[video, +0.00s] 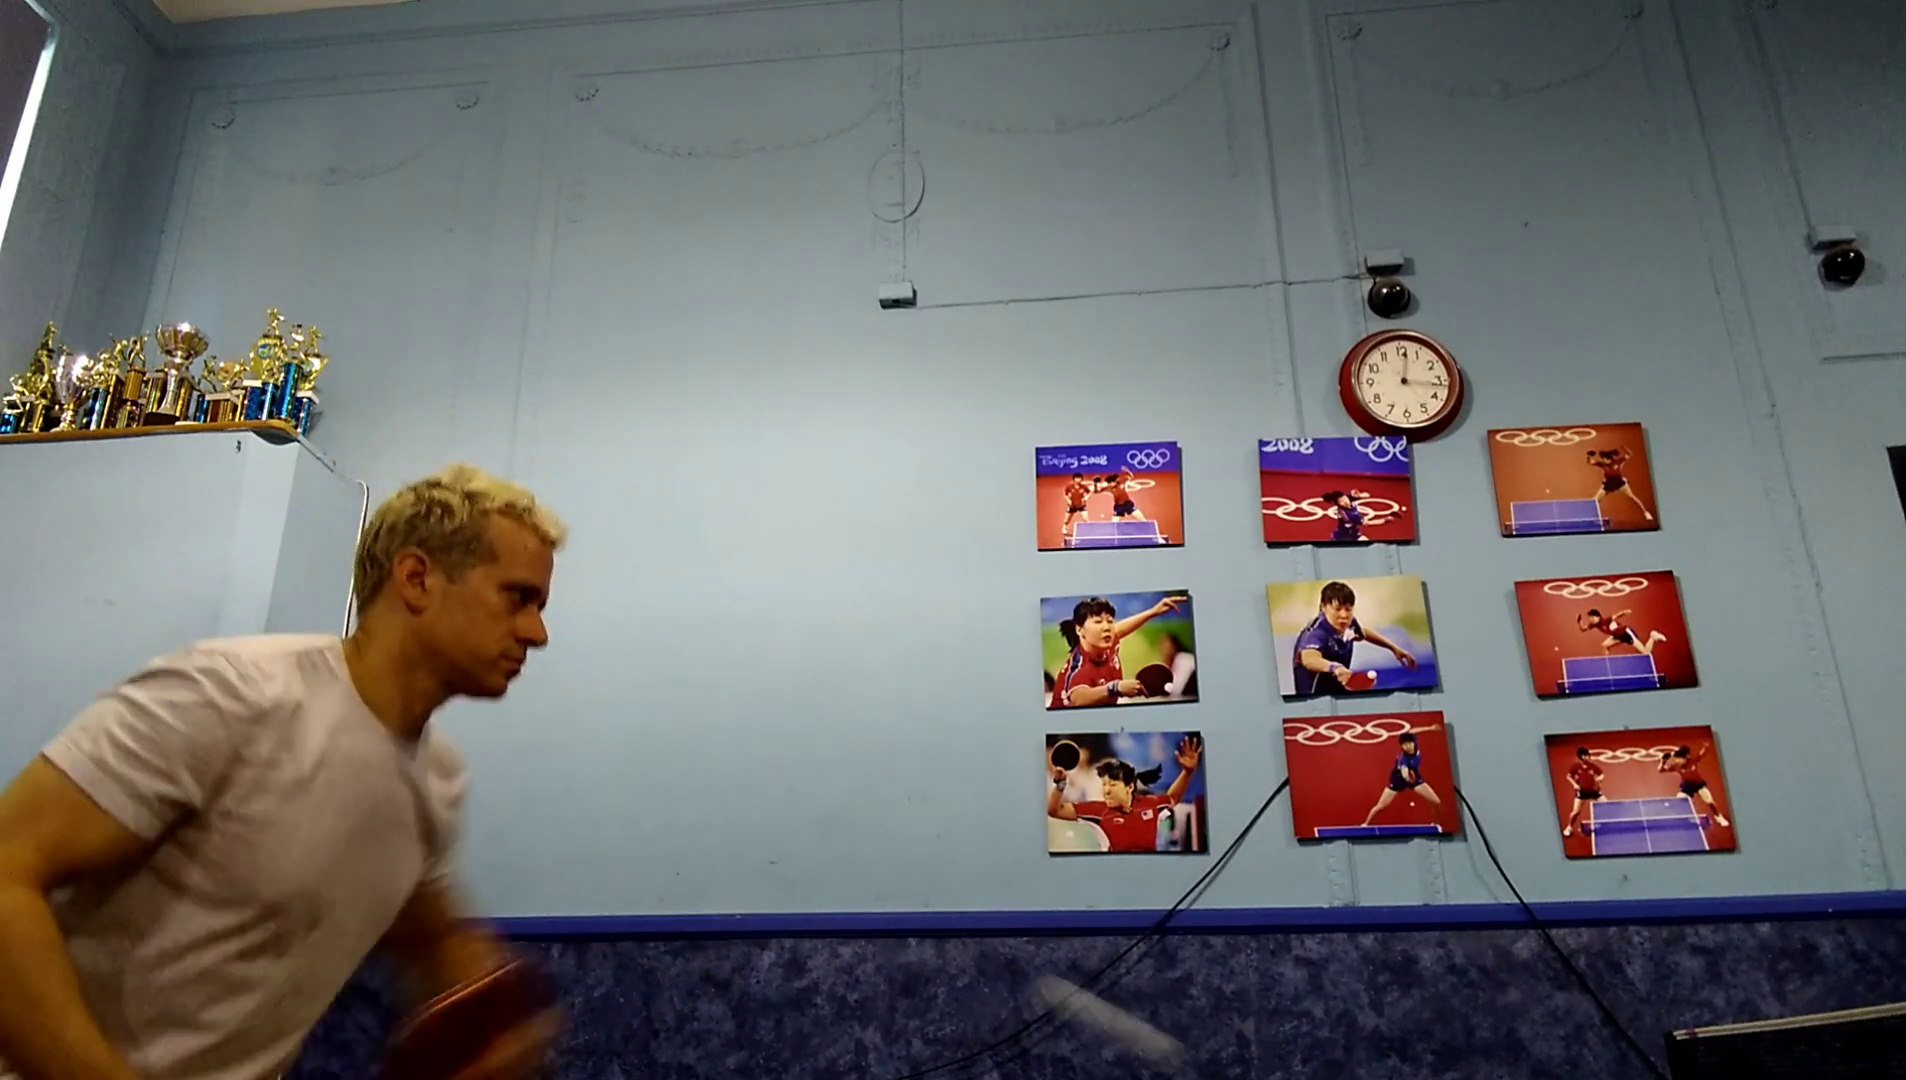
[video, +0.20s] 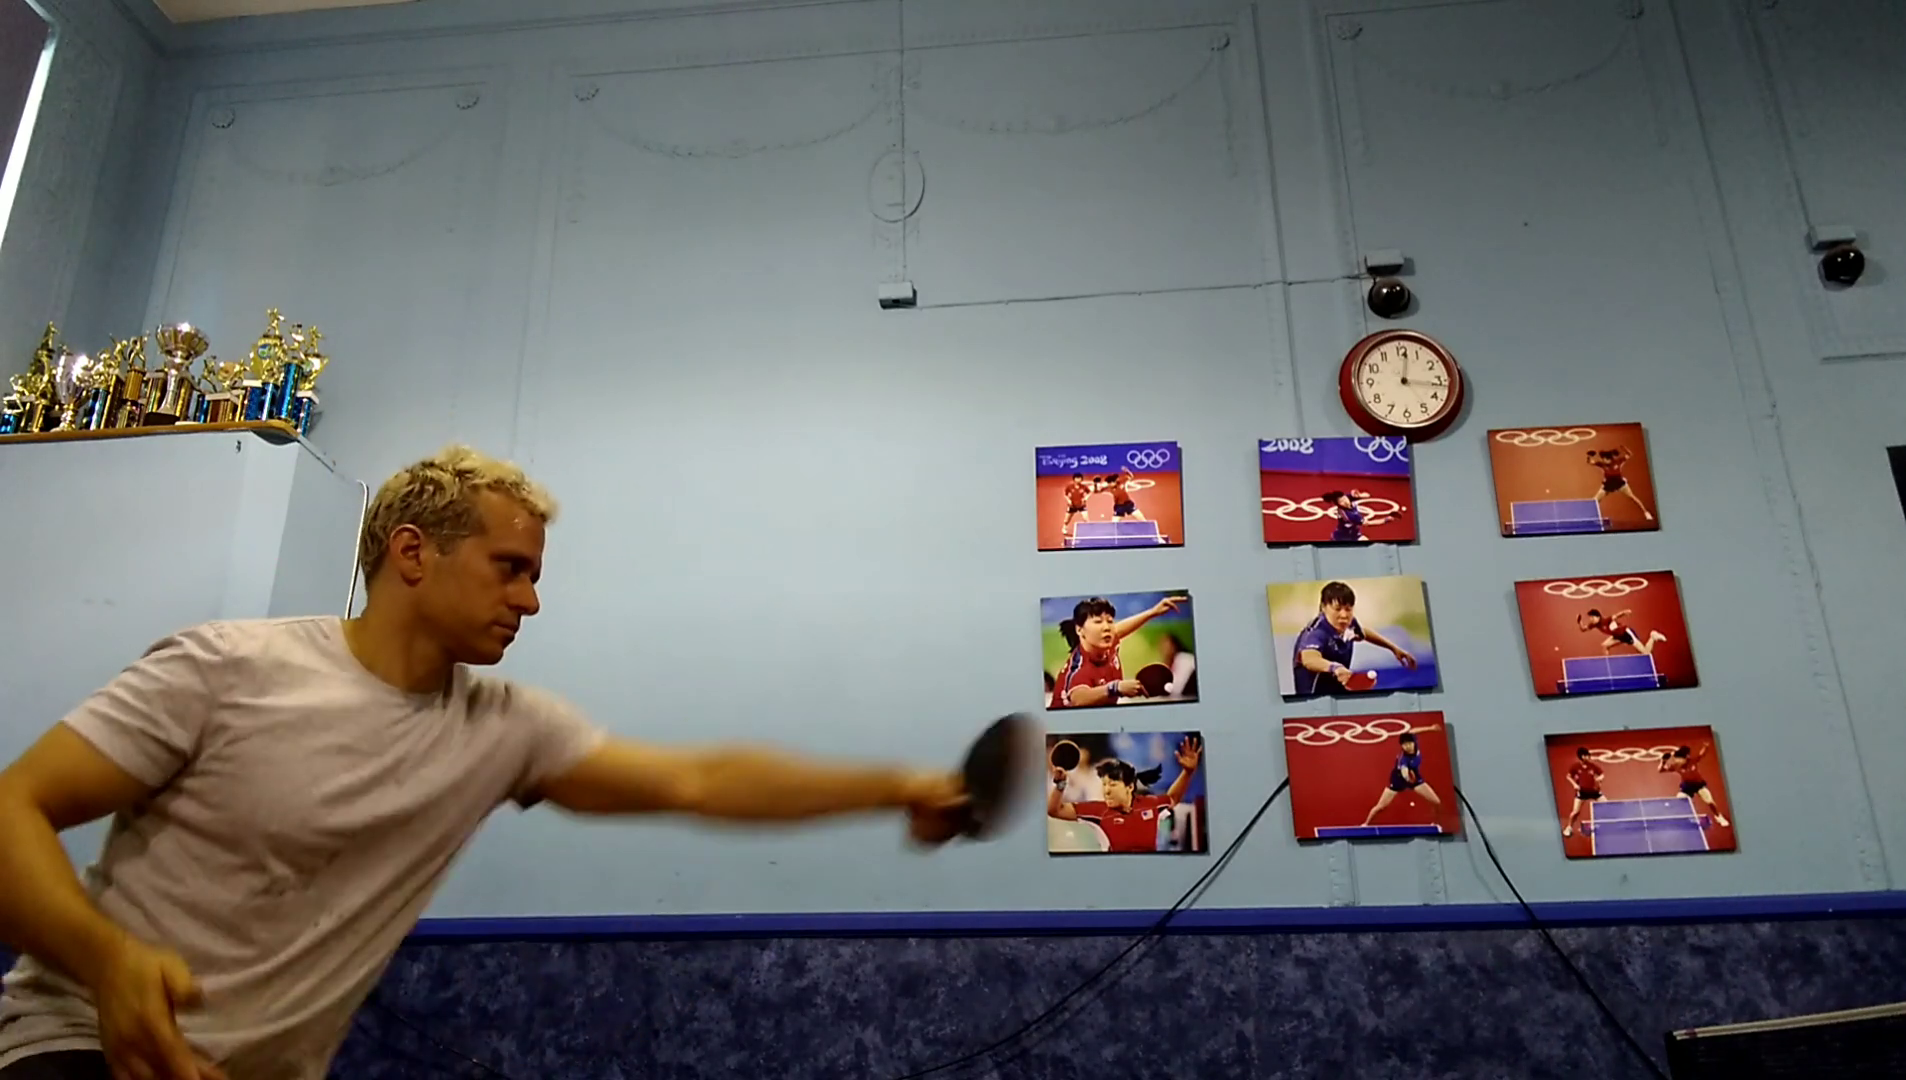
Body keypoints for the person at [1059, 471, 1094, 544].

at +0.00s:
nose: (1078, 481)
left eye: (1079, 479)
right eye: (1077, 479)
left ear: (1081, 480)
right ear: (1074, 479)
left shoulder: (1083, 487)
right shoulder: (1070, 487)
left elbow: (1089, 492)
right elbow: (1065, 494)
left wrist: (1085, 498)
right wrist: (1068, 501)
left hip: (1081, 505)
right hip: (1072, 505)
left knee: (1086, 519)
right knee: (1066, 520)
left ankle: (1089, 530)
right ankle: (1064, 528)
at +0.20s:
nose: (1078, 481)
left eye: (1079, 479)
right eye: (1077, 479)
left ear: (1081, 479)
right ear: (1074, 480)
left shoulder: (1083, 487)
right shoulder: (1070, 487)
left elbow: (1089, 492)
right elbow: (1065, 494)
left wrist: (1085, 498)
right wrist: (1068, 500)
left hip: (1081, 505)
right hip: (1072, 505)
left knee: (1086, 519)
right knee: (1066, 520)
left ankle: (1089, 531)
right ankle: (1064, 529)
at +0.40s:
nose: (1078, 481)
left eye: (1079, 479)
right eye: (1077, 479)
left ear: (1081, 480)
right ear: (1074, 480)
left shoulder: (1083, 487)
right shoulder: (1070, 487)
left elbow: (1089, 492)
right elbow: (1065, 494)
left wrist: (1085, 498)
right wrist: (1068, 500)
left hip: (1081, 505)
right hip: (1072, 505)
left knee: (1086, 519)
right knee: (1066, 520)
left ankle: (1089, 531)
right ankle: (1064, 529)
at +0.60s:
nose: (1078, 481)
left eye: (1079, 479)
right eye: (1077, 479)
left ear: (1081, 480)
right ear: (1074, 480)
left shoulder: (1083, 487)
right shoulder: (1070, 487)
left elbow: (1089, 492)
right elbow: (1065, 494)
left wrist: (1085, 498)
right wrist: (1068, 501)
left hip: (1081, 505)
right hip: (1072, 505)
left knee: (1086, 519)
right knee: (1066, 520)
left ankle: (1090, 531)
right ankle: (1064, 528)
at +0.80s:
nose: (1078, 481)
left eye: (1079, 479)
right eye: (1077, 479)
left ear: (1081, 479)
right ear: (1074, 480)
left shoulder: (1083, 487)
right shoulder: (1070, 487)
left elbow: (1089, 492)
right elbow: (1065, 494)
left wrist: (1085, 498)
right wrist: (1068, 500)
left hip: (1081, 505)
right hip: (1072, 505)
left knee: (1086, 519)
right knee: (1066, 520)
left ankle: (1090, 531)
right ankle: (1064, 528)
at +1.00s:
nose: (1078, 481)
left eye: (1079, 479)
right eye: (1077, 479)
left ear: (1081, 479)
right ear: (1074, 480)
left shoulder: (1083, 487)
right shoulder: (1070, 487)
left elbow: (1089, 492)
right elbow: (1065, 494)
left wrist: (1085, 498)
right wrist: (1068, 500)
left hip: (1081, 505)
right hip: (1072, 505)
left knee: (1086, 519)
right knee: (1066, 520)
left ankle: (1090, 531)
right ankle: (1064, 528)